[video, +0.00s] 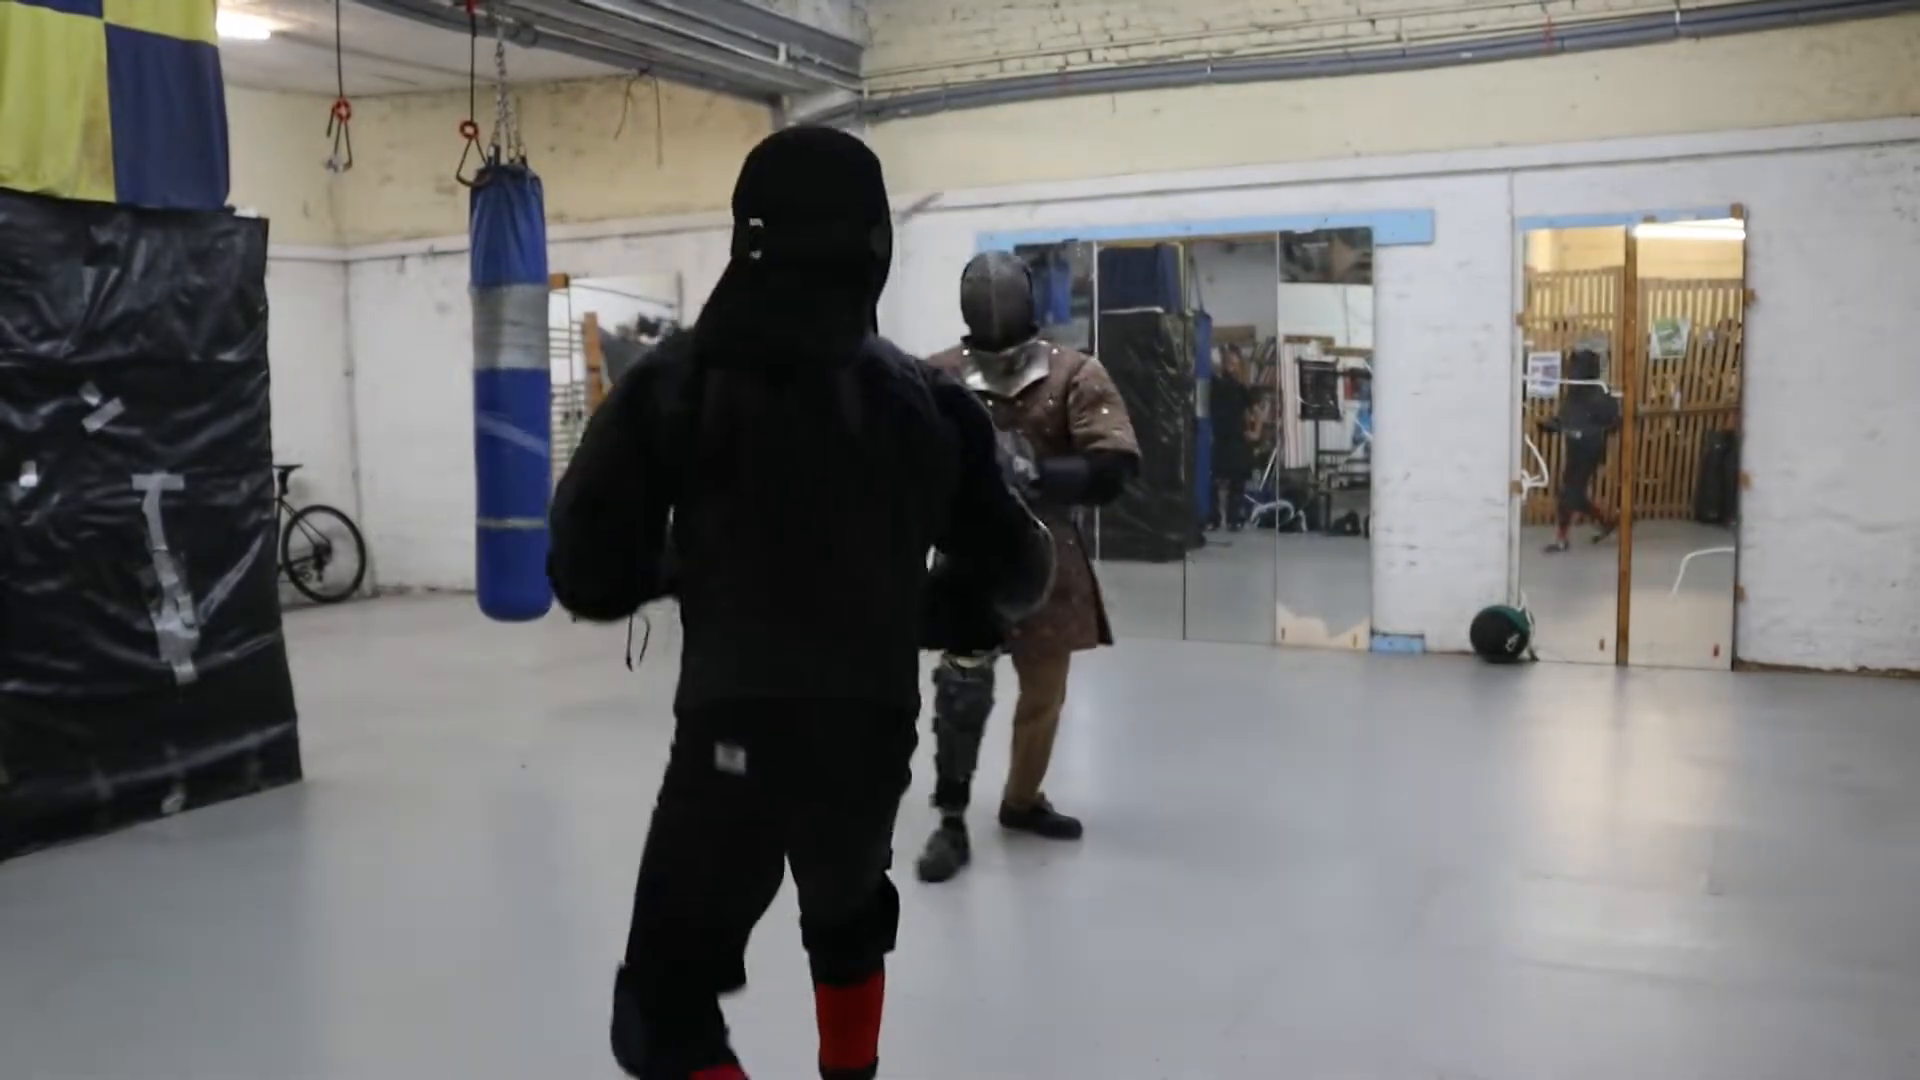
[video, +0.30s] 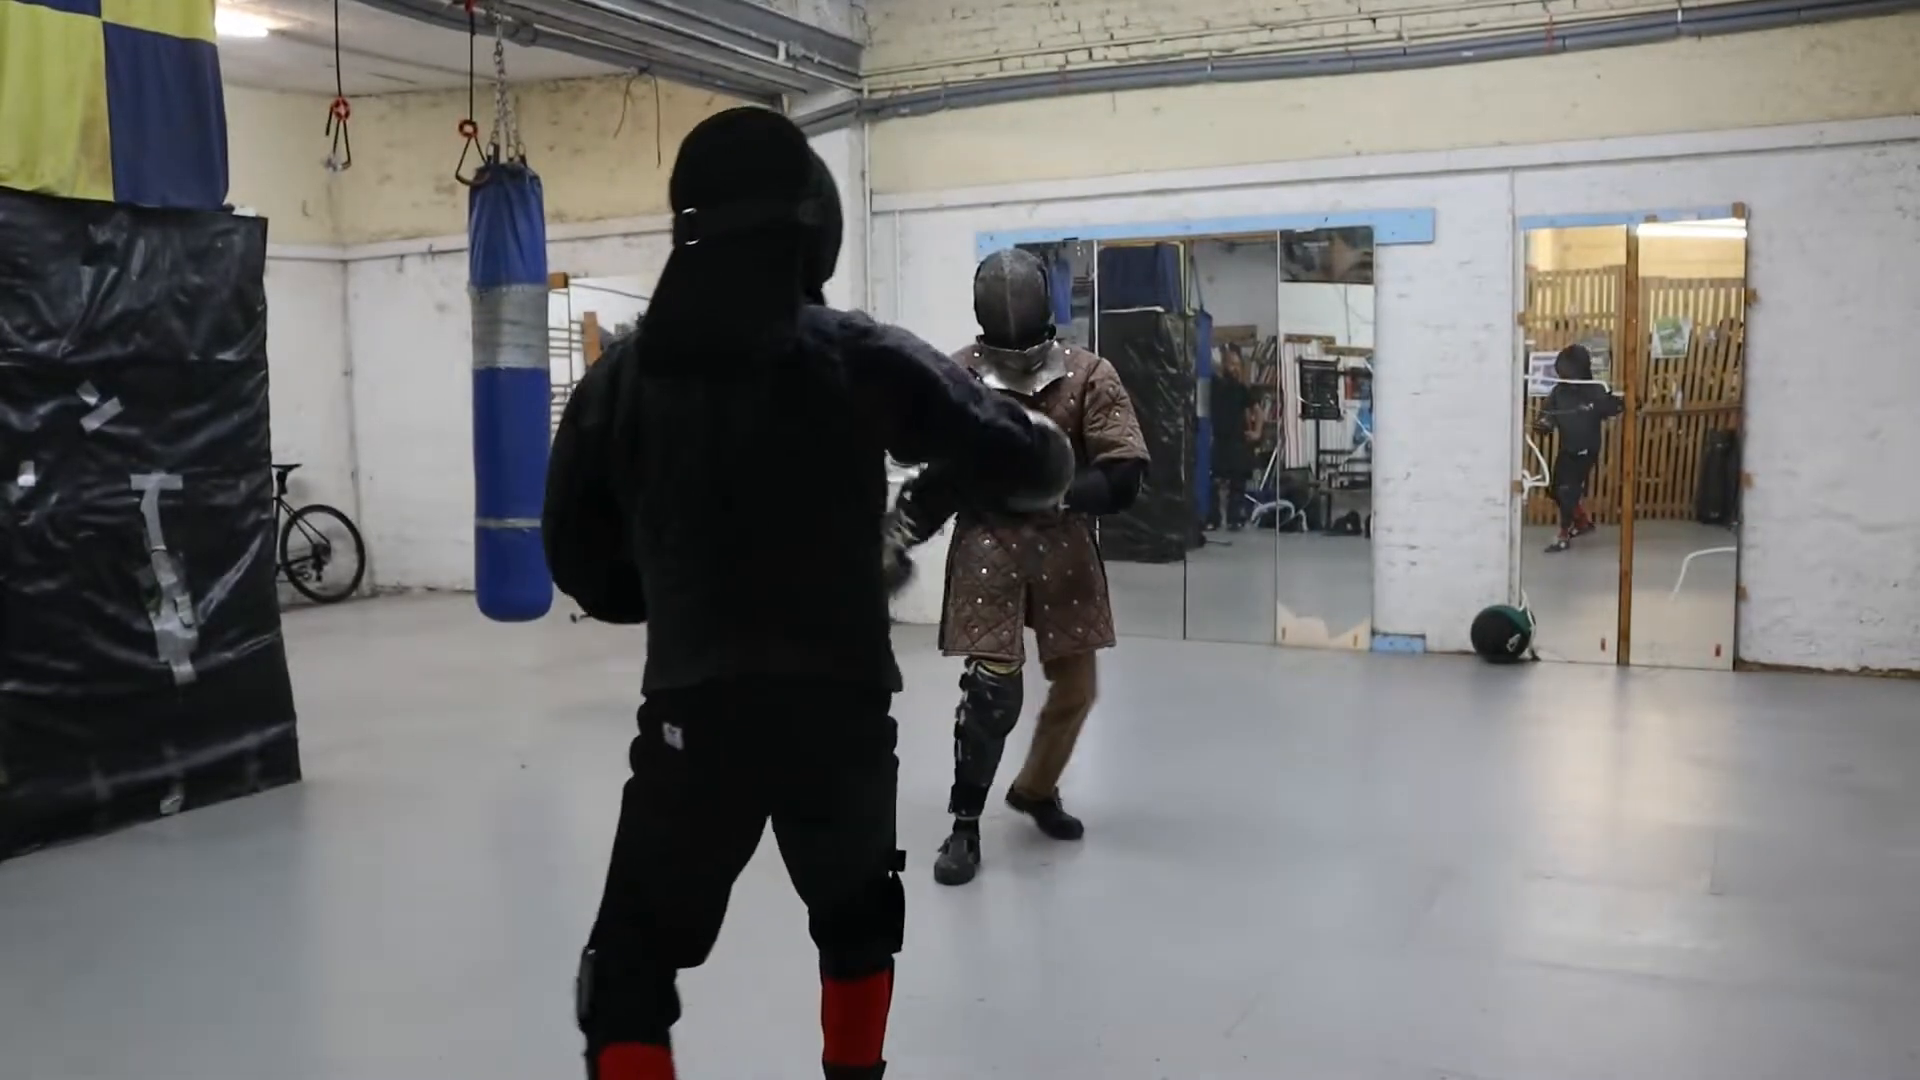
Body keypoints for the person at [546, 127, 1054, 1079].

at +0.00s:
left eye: (749, 225)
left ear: (749, 238)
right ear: (872, 244)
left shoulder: (680, 380)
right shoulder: (922, 401)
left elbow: (589, 574)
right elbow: (1012, 572)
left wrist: (697, 550)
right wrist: (900, 603)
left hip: (733, 735)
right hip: (868, 730)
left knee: (666, 998)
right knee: (850, 921)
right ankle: (850, 1069)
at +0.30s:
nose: (824, 235)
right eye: (817, 216)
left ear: (687, 230)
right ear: (812, 226)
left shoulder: (619, 383)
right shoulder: (854, 354)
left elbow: (589, 571)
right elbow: (1036, 461)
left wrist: (703, 580)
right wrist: (945, 485)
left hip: (693, 717)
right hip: (838, 709)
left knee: (629, 970)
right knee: (858, 916)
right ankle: (854, 1068)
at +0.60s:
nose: (778, 268)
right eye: (770, 247)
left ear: (623, 262)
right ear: (754, 260)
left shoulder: (557, 416)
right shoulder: (813, 403)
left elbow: (525, 617)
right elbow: (935, 576)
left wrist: (628, 644)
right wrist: (819, 646)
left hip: (636, 776)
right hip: (792, 770)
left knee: (582, 1027)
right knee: (834, 941)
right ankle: (846, 1070)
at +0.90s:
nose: (805, 265)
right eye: (799, 246)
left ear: (672, 253)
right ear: (794, 257)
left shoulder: (601, 392)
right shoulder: (839, 403)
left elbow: (537, 580)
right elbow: (911, 594)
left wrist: (617, 580)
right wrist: (852, 638)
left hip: (648, 754)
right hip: (797, 753)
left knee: (590, 998)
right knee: (838, 936)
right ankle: (856, 1078)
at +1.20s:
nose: (785, 278)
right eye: (776, 254)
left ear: (631, 257)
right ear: (751, 260)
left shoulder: (543, 397)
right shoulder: (792, 396)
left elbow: (502, 592)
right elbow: (933, 561)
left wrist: (619, 609)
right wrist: (834, 614)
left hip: (602, 761)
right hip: (758, 756)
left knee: (527, 1013)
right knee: (822, 948)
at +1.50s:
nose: (692, 263)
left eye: (684, 237)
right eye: (681, 238)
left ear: (533, 243)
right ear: (656, 246)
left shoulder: (454, 390)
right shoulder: (688, 377)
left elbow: (420, 577)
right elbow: (858, 526)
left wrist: (533, 620)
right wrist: (880, 518)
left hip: (512, 764)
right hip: (672, 761)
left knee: (449, 1026)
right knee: (776, 946)